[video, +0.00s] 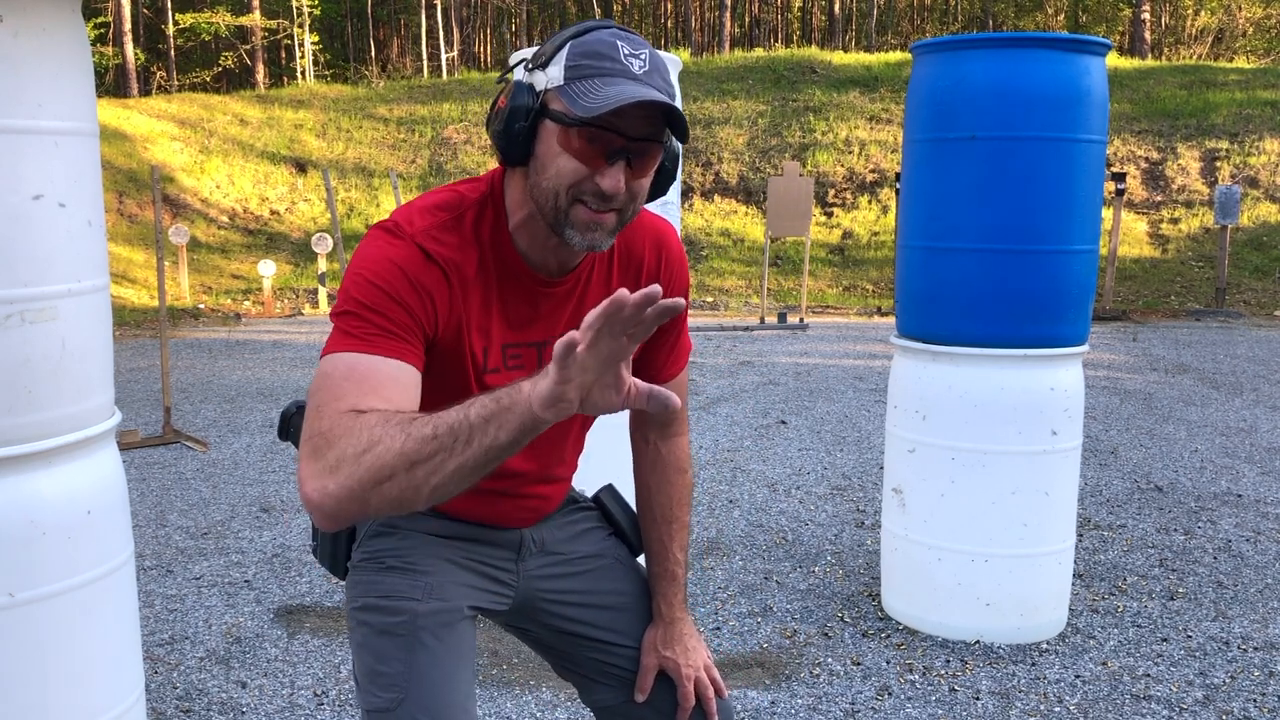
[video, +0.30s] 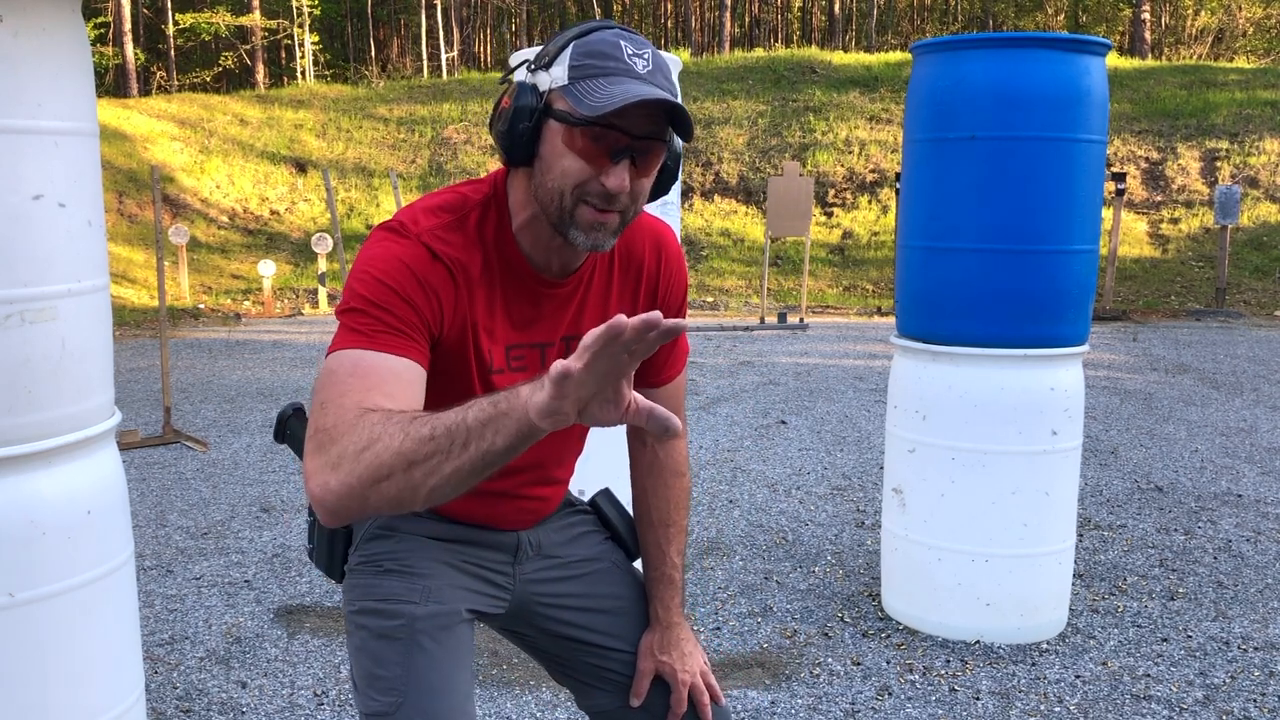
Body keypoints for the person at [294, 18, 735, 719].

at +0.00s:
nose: (613, 182)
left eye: (640, 153)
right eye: (593, 142)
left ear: (660, 163)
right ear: (521, 127)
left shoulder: (651, 253)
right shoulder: (411, 250)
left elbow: (664, 429)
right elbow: (334, 480)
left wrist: (673, 611)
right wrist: (548, 395)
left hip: (558, 527)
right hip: (419, 533)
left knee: (682, 701)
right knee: (425, 707)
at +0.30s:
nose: (617, 181)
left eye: (643, 153)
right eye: (597, 141)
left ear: (661, 164)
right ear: (526, 126)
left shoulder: (651, 256)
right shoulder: (415, 251)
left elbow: (662, 431)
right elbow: (339, 480)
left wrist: (670, 617)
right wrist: (547, 402)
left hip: (553, 530)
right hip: (415, 535)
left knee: (680, 704)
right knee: (425, 707)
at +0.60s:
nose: (618, 185)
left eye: (640, 158)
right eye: (595, 147)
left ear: (657, 165)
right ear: (520, 132)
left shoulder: (647, 256)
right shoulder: (409, 258)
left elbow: (663, 439)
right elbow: (338, 492)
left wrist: (670, 615)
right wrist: (540, 420)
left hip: (555, 531)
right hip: (417, 542)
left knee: (683, 705)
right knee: (424, 707)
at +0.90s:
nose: (635, 182)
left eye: (636, 154)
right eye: (607, 150)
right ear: (507, 148)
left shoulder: (619, 253)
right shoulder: (384, 285)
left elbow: (642, 427)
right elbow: (390, 535)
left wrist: (664, 603)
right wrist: (606, 387)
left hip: (546, 535)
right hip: (416, 567)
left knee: (687, 700)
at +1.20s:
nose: (597, 178)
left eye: (597, 148)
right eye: (566, 150)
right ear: (467, 158)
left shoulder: (578, 241)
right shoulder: (380, 332)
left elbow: (616, 430)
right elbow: (582, 555)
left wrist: (650, 588)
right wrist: (602, 317)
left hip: (548, 549)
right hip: (417, 570)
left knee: (686, 695)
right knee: (445, 704)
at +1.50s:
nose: (523, 199)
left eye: (547, 161)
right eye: (493, 163)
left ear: (575, 160)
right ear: (427, 161)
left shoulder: (580, 240)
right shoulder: (383, 317)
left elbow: (616, 429)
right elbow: (631, 468)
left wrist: (650, 588)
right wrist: (756, 255)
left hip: (543, 541)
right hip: (415, 572)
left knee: (683, 697)